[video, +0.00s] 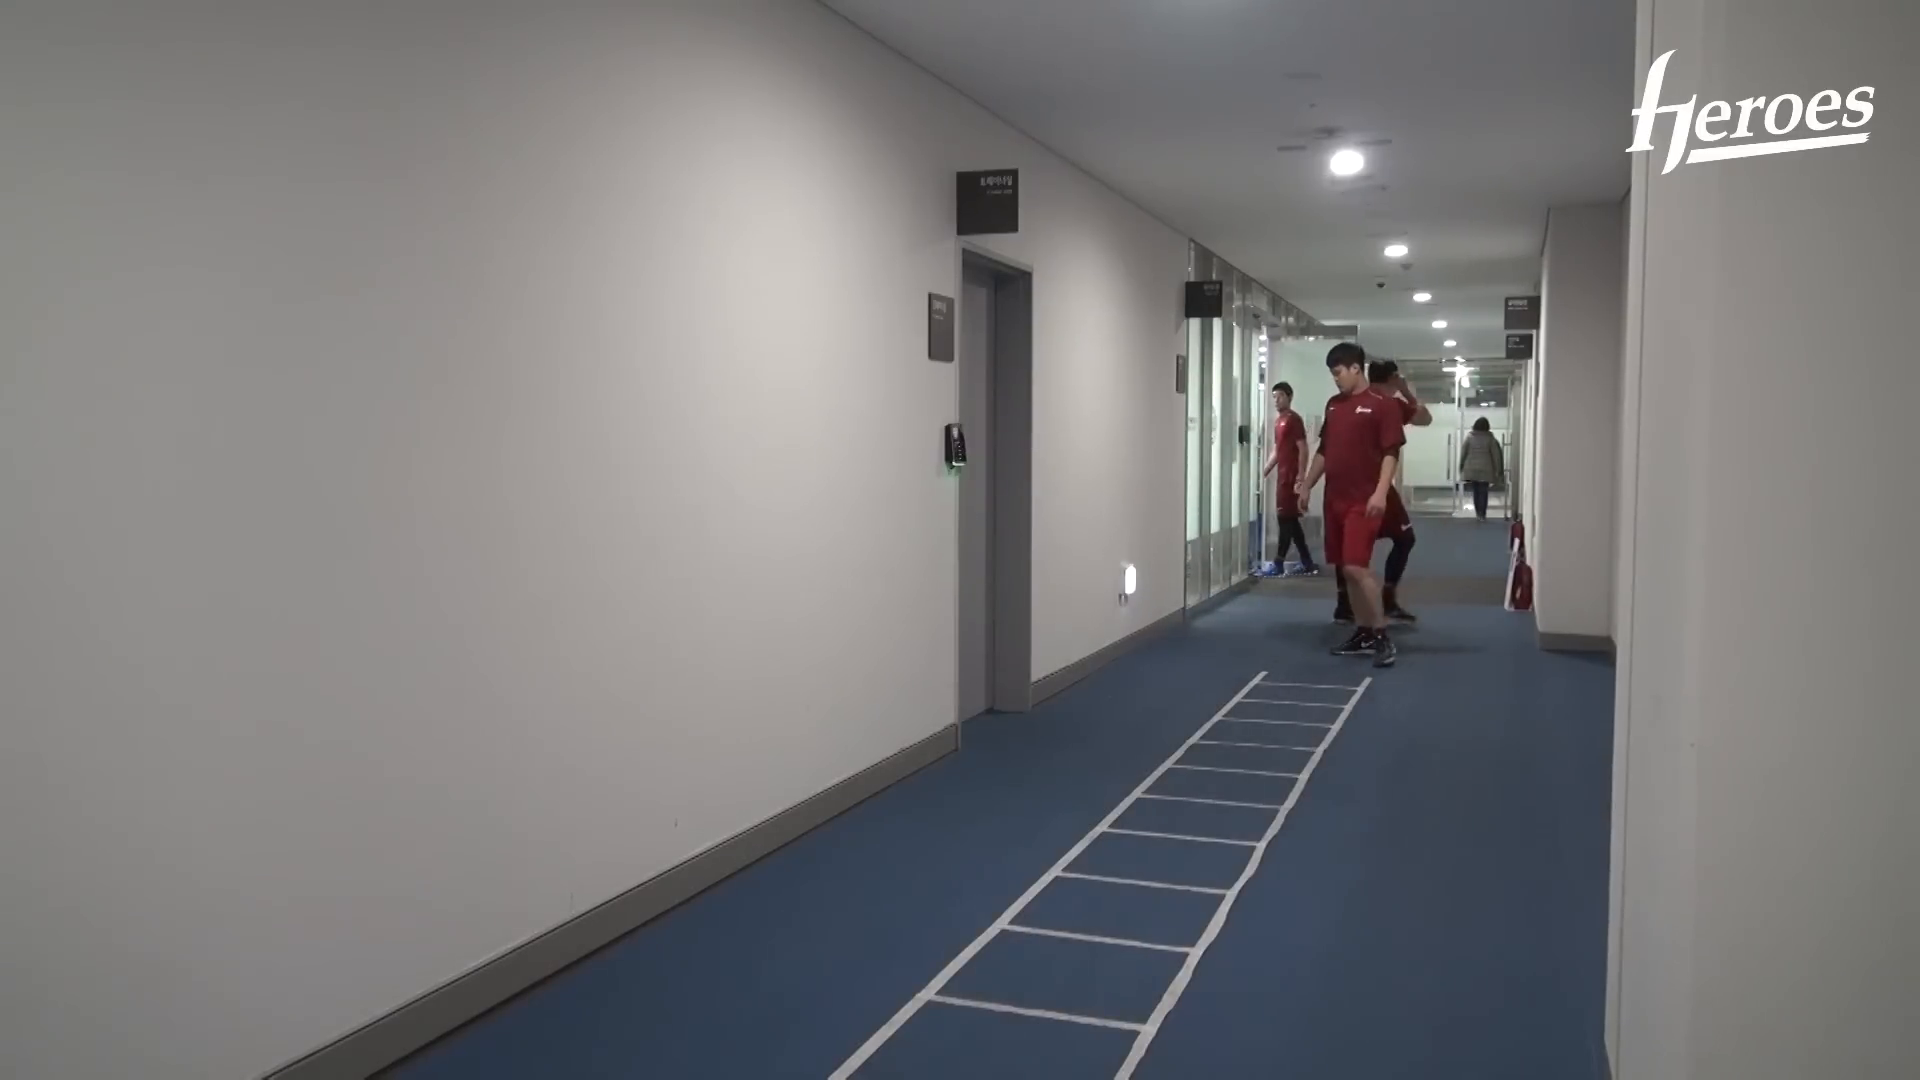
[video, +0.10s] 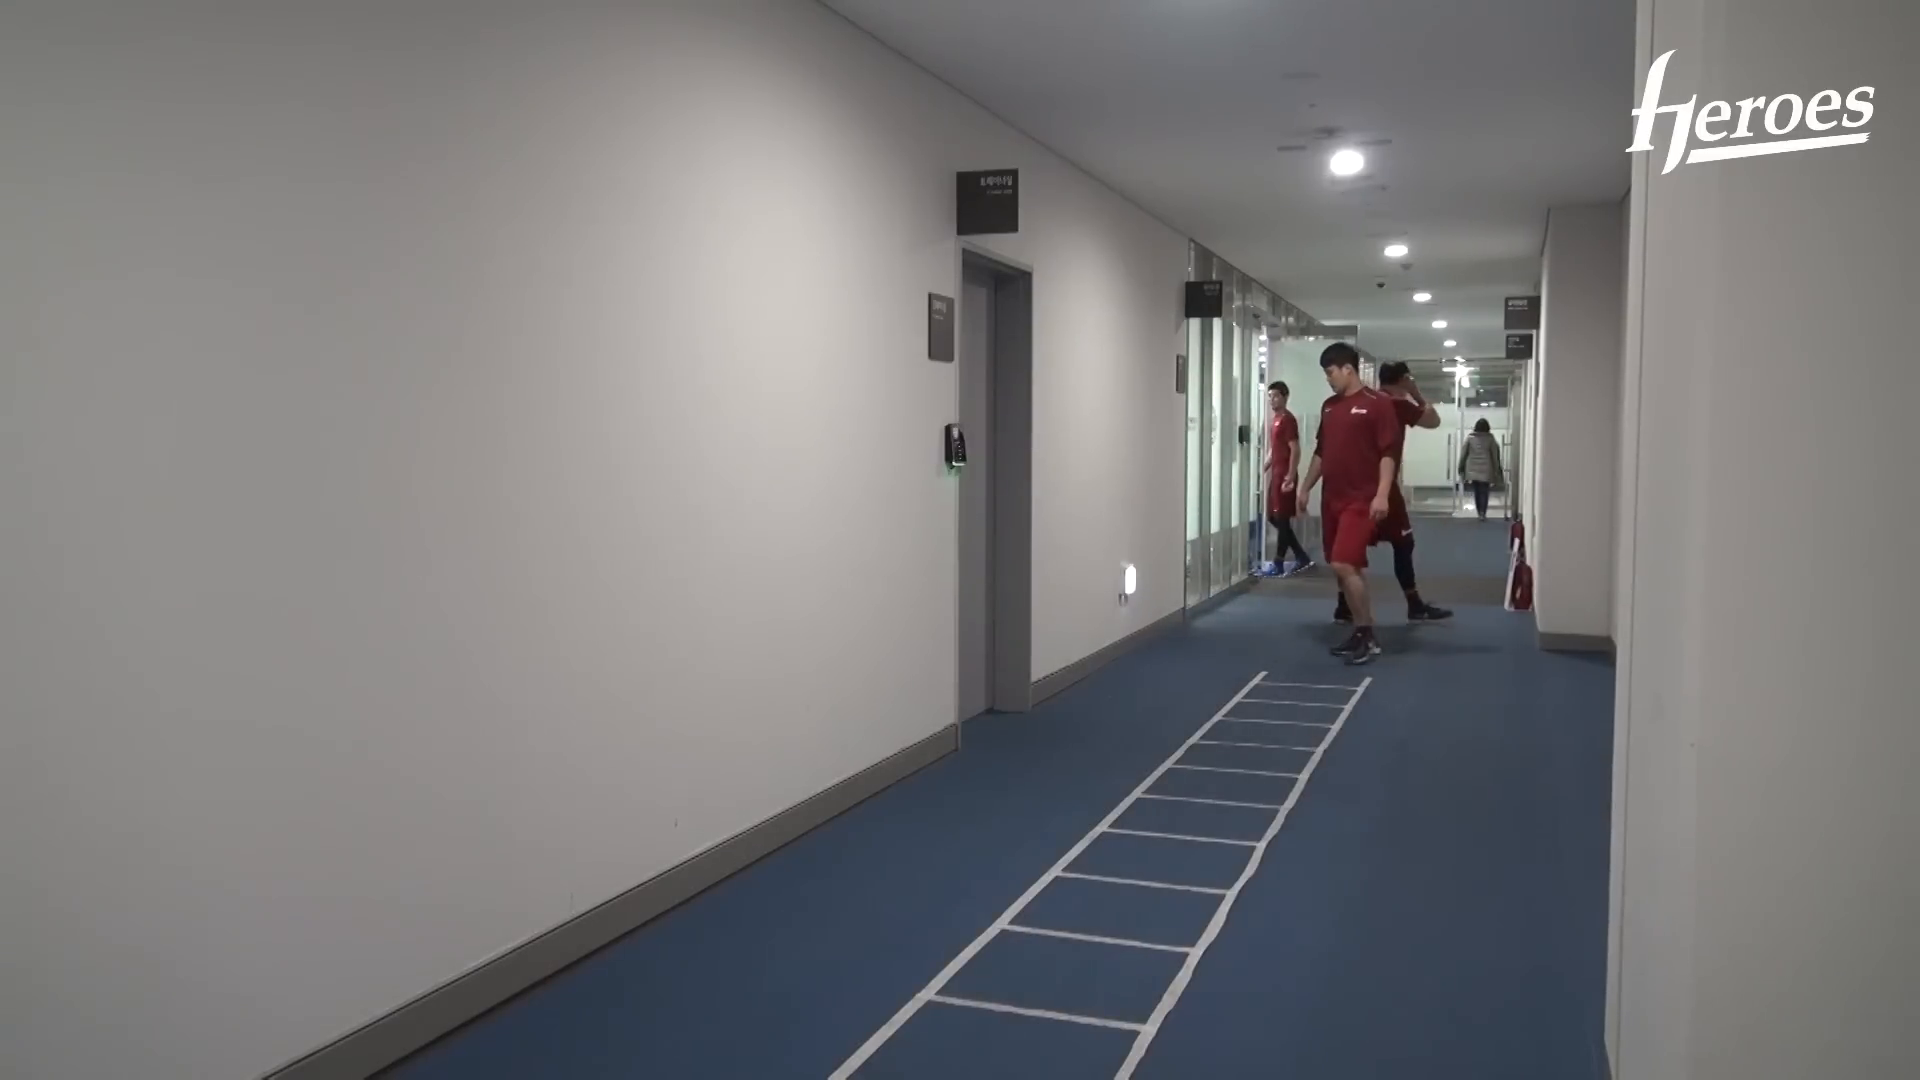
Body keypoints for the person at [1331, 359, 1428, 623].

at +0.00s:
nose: (1399, 386)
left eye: (1398, 381)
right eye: (1396, 381)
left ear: (1373, 380)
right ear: (1389, 381)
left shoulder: (1356, 403)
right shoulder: (1390, 405)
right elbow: (1425, 418)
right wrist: (1408, 393)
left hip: (1352, 482)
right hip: (1378, 483)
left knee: (1346, 543)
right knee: (1405, 538)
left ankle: (1345, 604)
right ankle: (1388, 599)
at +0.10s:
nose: (1410, 385)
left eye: (1409, 381)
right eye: (1408, 381)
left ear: (1382, 381)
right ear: (1401, 381)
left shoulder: (1367, 401)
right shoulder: (1396, 405)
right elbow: (1432, 420)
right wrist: (1416, 394)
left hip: (1359, 482)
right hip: (1385, 484)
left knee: (1350, 544)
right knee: (1403, 543)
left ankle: (1344, 603)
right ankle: (1415, 604)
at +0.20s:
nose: (1420, 390)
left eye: (1419, 385)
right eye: (1418, 386)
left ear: (1392, 384)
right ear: (1412, 385)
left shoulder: (1377, 402)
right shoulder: (1405, 406)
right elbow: (1442, 422)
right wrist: (1425, 395)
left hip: (1369, 485)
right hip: (1395, 487)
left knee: (1355, 550)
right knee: (1406, 548)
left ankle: (1347, 607)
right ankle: (1419, 606)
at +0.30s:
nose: (1430, 390)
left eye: (1429, 385)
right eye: (1428, 385)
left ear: (1405, 382)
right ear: (1420, 384)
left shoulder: (1388, 401)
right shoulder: (1411, 405)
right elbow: (1451, 422)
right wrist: (1435, 393)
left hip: (1383, 486)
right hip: (1405, 488)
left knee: (1379, 544)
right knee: (1413, 546)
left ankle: (1348, 595)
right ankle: (1420, 606)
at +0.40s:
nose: (1440, 389)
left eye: (1439, 383)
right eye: (1438, 383)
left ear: (1414, 383)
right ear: (1428, 383)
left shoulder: (1394, 402)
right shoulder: (1421, 406)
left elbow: (1379, 444)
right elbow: (1461, 422)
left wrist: (1381, 484)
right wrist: (1448, 394)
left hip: (1392, 485)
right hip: (1412, 487)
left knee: (1399, 541)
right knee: (1415, 543)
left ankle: (1365, 585)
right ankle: (1420, 606)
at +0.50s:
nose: (1449, 387)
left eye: (1449, 382)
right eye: (1447, 382)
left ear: (1423, 381)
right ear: (1437, 381)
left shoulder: (1401, 402)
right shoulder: (1427, 405)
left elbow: (1390, 441)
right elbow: (1466, 420)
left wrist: (1393, 472)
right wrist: (1451, 391)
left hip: (1398, 482)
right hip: (1415, 484)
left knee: (1413, 541)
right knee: (1417, 543)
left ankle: (1380, 584)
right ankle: (1421, 607)